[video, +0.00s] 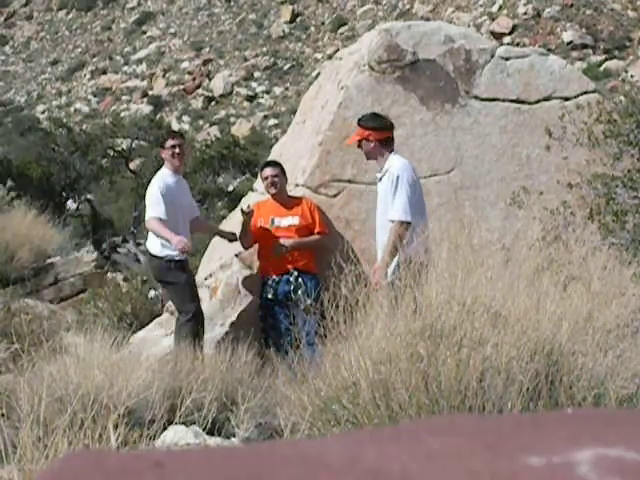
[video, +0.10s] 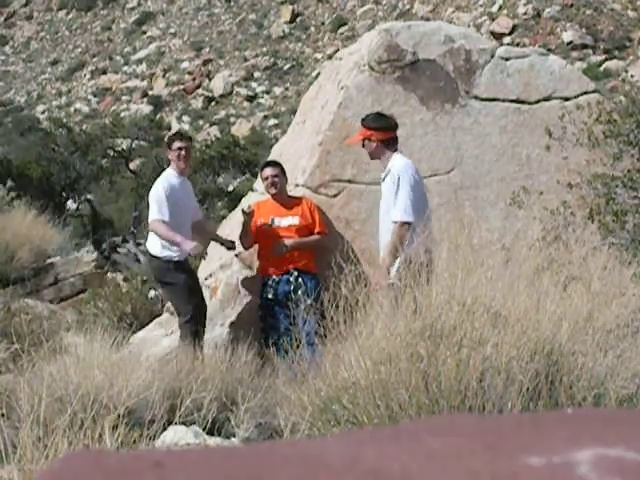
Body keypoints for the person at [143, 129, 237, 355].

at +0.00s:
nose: (178, 151)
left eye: (181, 146)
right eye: (172, 148)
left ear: (186, 150)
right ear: (162, 153)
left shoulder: (181, 183)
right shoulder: (159, 183)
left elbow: (194, 222)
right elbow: (151, 221)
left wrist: (221, 233)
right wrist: (174, 238)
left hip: (179, 257)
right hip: (164, 258)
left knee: (195, 314)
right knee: (188, 313)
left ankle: (194, 366)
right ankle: (184, 367)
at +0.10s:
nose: (183, 153)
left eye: (186, 149)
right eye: (178, 149)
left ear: (191, 153)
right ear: (169, 154)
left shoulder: (186, 184)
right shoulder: (163, 186)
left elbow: (197, 223)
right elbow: (155, 224)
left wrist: (221, 240)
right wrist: (184, 243)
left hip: (180, 258)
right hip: (165, 260)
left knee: (198, 308)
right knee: (189, 311)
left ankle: (195, 362)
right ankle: (188, 365)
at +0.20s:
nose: (188, 157)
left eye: (192, 152)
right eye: (183, 152)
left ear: (197, 157)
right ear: (174, 156)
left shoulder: (190, 190)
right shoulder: (162, 188)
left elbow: (199, 232)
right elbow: (156, 226)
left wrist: (222, 251)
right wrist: (182, 248)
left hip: (183, 261)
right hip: (164, 261)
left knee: (199, 317)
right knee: (189, 317)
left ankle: (199, 369)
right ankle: (190, 369)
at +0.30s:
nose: (188, 158)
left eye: (193, 154)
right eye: (184, 153)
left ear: (198, 159)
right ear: (176, 157)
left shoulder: (192, 196)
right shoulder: (160, 189)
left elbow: (199, 239)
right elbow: (148, 227)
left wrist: (222, 259)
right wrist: (170, 254)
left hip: (185, 264)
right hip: (162, 264)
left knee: (200, 320)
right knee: (193, 319)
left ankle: (197, 371)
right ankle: (190, 371)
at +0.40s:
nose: (185, 154)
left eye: (190, 150)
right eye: (181, 149)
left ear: (196, 156)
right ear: (173, 154)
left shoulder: (192, 194)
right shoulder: (158, 186)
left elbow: (199, 236)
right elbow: (139, 223)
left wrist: (220, 256)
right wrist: (150, 256)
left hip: (185, 260)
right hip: (164, 260)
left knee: (197, 316)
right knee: (188, 316)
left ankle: (198, 366)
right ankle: (186, 368)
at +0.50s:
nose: (179, 151)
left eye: (183, 147)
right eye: (175, 148)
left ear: (188, 152)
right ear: (167, 153)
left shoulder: (190, 190)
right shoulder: (154, 186)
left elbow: (198, 232)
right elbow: (134, 222)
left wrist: (217, 248)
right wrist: (134, 256)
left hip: (184, 257)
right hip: (163, 258)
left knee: (194, 314)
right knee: (183, 311)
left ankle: (196, 365)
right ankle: (174, 365)